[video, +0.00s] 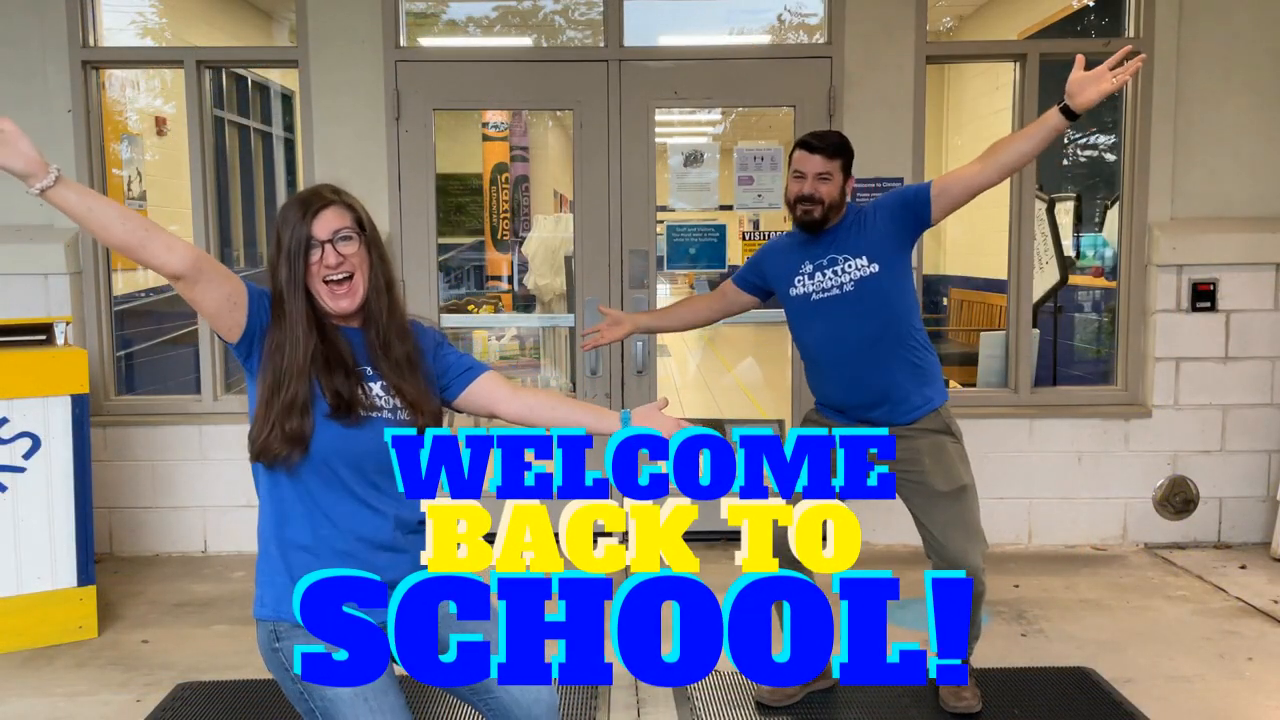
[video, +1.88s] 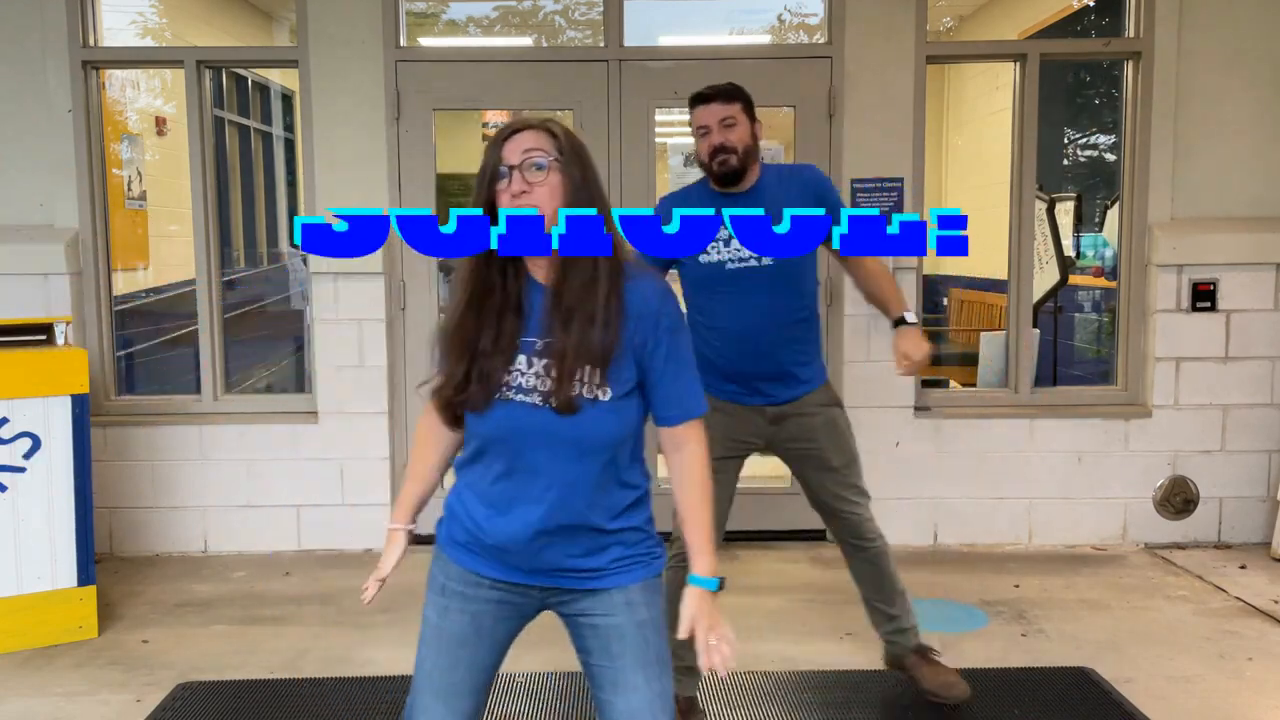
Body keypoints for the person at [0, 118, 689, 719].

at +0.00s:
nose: (333, 258)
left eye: (346, 241)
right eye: (315, 248)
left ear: (372, 251)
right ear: (293, 266)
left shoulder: (413, 346)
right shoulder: (272, 335)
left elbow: (515, 399)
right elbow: (174, 259)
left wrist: (627, 422)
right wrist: (47, 179)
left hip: (421, 596)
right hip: (317, 609)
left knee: (535, 698)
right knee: (377, 711)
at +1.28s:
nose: (355, 226)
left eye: (371, 213)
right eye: (339, 215)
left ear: (397, 232)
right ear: (317, 237)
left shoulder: (447, 319)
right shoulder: (288, 312)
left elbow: (552, 384)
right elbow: (158, 302)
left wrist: (670, 441)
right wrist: (23, 267)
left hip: (442, 564)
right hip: (326, 570)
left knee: (544, 674)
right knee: (355, 704)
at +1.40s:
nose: (378, 197)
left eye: (395, 186)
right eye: (361, 188)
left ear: (422, 214)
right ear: (339, 217)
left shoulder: (469, 308)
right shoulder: (297, 297)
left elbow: (566, 398)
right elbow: (155, 342)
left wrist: (671, 471)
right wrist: (12, 369)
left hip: (458, 557)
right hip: (332, 570)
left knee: (550, 686)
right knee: (354, 712)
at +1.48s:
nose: (396, 175)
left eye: (414, 163)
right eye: (382, 164)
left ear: (445, 187)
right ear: (361, 187)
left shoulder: (484, 288)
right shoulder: (318, 274)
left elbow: (565, 396)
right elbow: (207, 362)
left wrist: (650, 495)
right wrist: (82, 444)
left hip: (470, 538)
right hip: (344, 550)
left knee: (553, 698)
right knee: (361, 710)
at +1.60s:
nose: (425, 173)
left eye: (443, 157)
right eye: (410, 162)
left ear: (476, 175)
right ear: (393, 186)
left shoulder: (525, 289)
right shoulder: (358, 269)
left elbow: (558, 420)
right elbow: (301, 381)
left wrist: (602, 526)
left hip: (486, 536)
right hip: (362, 539)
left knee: (555, 710)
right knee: (362, 713)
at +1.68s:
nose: (453, 184)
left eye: (472, 170)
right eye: (438, 174)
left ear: (505, 188)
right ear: (423, 198)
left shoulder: (551, 299)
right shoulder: (385, 293)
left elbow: (568, 437)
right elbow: (340, 408)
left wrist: (589, 554)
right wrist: (312, 517)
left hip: (514, 554)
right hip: (383, 556)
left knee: (577, 710)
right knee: (370, 713)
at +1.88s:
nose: (517, 181)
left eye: (537, 166)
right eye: (503, 172)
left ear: (577, 184)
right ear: (489, 198)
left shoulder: (639, 298)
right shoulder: (486, 296)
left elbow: (683, 440)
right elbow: (446, 410)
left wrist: (704, 578)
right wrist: (400, 521)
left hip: (612, 565)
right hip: (479, 560)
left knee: (645, 711)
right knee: (433, 710)